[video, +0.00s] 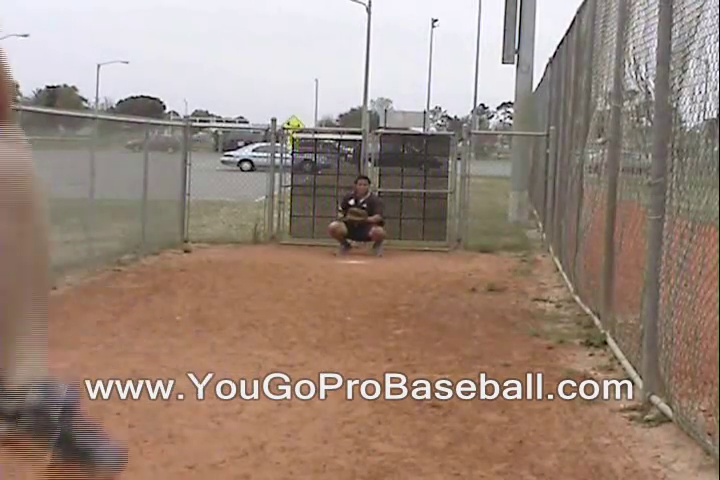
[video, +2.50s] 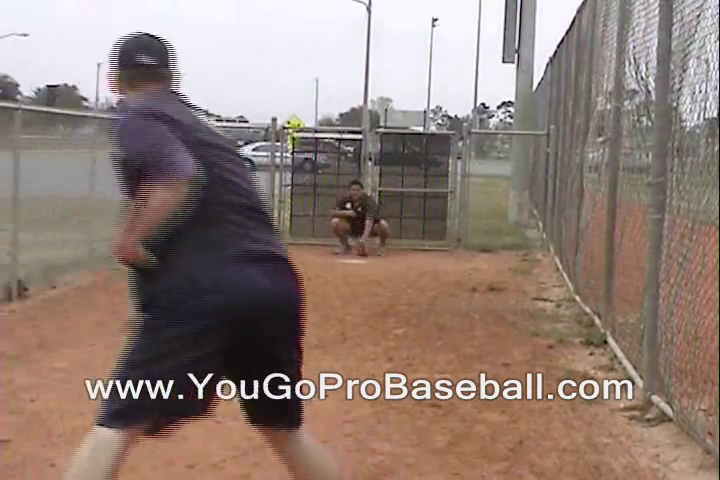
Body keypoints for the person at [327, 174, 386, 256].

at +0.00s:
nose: (362, 187)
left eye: (365, 185)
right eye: (360, 185)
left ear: (368, 187)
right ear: (355, 186)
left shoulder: (374, 200)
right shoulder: (348, 198)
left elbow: (378, 217)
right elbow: (340, 214)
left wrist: (363, 219)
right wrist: (348, 218)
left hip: (366, 227)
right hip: (350, 226)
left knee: (379, 231)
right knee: (333, 228)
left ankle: (377, 245)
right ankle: (345, 245)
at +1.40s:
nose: (362, 187)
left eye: (364, 184)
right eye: (359, 184)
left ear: (368, 186)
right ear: (355, 186)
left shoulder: (373, 200)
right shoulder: (349, 198)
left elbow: (379, 220)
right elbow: (337, 214)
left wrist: (362, 211)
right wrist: (347, 210)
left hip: (366, 226)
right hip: (350, 226)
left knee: (375, 231)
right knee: (333, 225)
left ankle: (377, 245)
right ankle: (346, 244)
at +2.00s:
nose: (359, 189)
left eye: (362, 187)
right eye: (357, 186)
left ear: (366, 189)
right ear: (353, 188)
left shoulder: (372, 199)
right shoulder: (347, 199)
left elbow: (376, 213)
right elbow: (337, 214)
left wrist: (361, 207)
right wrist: (347, 214)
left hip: (367, 228)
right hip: (351, 227)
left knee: (378, 228)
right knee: (334, 225)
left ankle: (377, 246)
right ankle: (346, 245)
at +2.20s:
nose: (357, 192)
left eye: (359, 189)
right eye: (355, 189)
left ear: (363, 191)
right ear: (351, 190)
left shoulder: (369, 199)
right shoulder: (346, 200)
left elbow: (374, 209)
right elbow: (333, 212)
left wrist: (361, 216)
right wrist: (345, 217)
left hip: (365, 228)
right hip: (349, 228)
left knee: (379, 227)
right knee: (334, 225)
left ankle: (378, 246)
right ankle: (346, 245)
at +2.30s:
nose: (356, 193)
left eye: (358, 190)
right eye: (354, 190)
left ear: (363, 191)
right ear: (351, 191)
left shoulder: (368, 200)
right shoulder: (346, 201)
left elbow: (371, 210)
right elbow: (333, 212)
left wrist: (367, 222)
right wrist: (349, 215)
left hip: (366, 228)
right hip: (351, 228)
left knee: (380, 226)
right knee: (335, 224)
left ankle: (379, 246)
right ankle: (346, 245)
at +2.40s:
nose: (356, 193)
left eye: (358, 190)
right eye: (354, 190)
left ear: (362, 192)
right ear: (350, 192)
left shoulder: (369, 201)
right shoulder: (346, 201)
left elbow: (371, 215)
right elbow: (334, 212)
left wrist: (367, 230)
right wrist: (348, 215)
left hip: (366, 228)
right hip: (352, 228)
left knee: (381, 226)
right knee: (335, 224)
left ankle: (380, 246)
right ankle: (346, 245)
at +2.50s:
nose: (355, 192)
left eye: (358, 190)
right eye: (353, 190)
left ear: (362, 191)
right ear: (350, 191)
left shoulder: (369, 202)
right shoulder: (346, 201)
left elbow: (369, 222)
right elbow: (333, 212)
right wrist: (347, 213)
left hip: (366, 227)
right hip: (352, 227)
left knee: (382, 225)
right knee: (336, 223)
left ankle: (382, 246)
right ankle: (346, 246)